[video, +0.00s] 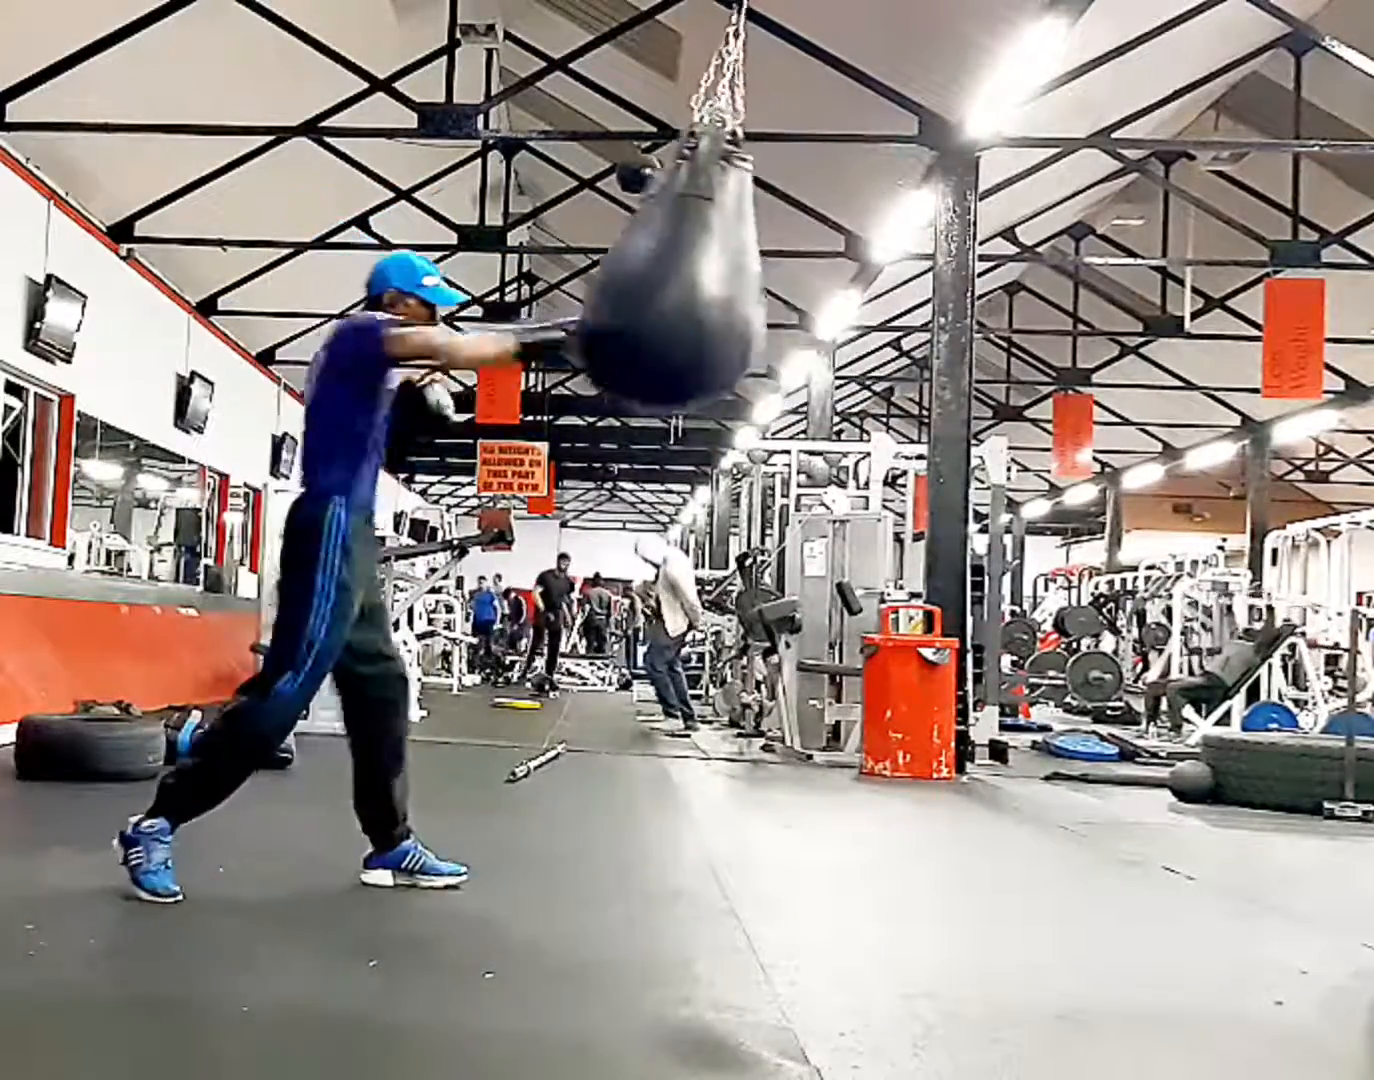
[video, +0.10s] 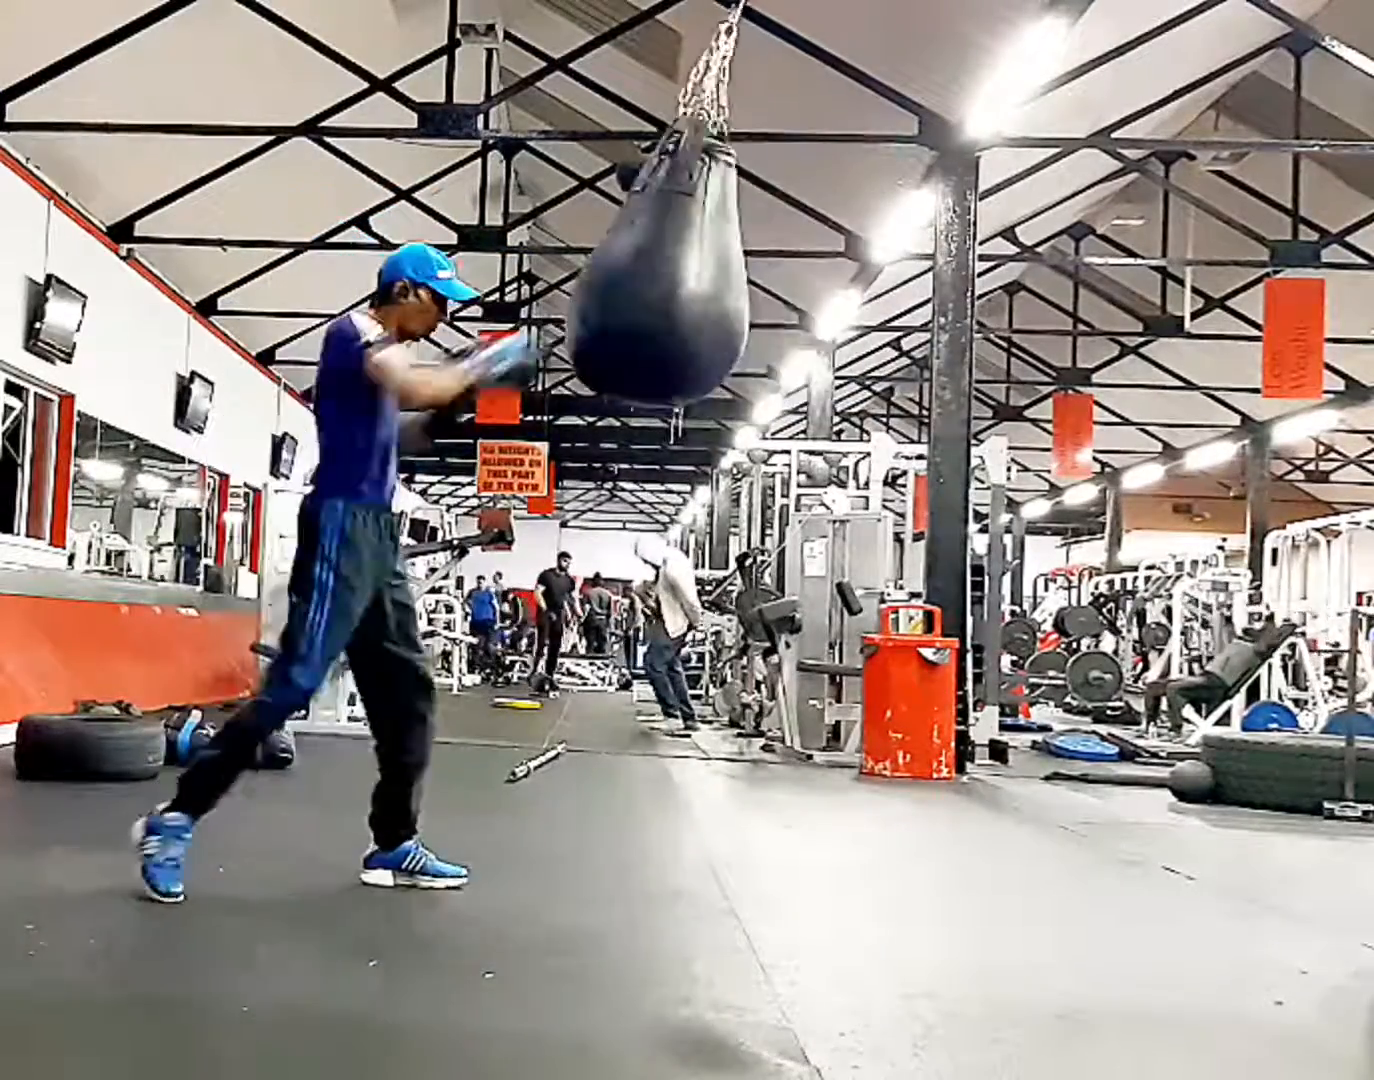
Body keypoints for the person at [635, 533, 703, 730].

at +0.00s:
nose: (647, 563)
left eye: (646, 558)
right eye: (645, 559)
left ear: (652, 553)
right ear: (659, 545)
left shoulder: (672, 568)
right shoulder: (673, 560)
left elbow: (690, 599)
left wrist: (696, 621)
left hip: (671, 626)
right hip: (676, 623)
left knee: (654, 663)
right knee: (673, 667)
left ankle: (672, 710)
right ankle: (688, 714)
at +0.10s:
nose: (646, 564)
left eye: (646, 559)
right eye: (644, 560)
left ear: (652, 554)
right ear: (658, 546)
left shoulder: (672, 568)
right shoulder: (672, 562)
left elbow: (689, 600)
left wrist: (695, 621)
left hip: (671, 627)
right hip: (674, 624)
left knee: (654, 664)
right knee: (673, 667)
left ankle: (672, 711)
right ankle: (688, 715)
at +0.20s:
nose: (647, 564)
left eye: (645, 559)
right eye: (644, 560)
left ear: (651, 554)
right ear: (656, 546)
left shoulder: (670, 566)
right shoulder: (670, 560)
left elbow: (689, 596)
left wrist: (696, 621)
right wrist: (696, 619)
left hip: (671, 624)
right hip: (674, 622)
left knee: (654, 665)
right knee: (675, 668)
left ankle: (671, 713)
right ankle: (688, 715)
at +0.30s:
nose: (643, 560)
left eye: (641, 555)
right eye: (640, 556)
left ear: (648, 550)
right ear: (651, 545)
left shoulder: (668, 562)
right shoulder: (664, 562)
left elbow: (687, 594)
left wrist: (696, 619)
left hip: (671, 624)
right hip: (674, 623)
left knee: (654, 664)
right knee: (675, 669)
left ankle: (672, 712)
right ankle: (689, 716)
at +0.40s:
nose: (641, 559)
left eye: (640, 554)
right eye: (638, 556)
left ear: (646, 548)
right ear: (648, 543)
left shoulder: (667, 562)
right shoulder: (661, 561)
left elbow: (685, 594)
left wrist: (693, 624)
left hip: (669, 624)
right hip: (673, 622)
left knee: (658, 667)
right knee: (676, 667)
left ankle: (673, 716)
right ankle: (688, 716)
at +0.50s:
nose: (641, 561)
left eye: (639, 556)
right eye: (638, 557)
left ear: (645, 550)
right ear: (645, 546)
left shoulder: (667, 561)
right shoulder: (659, 562)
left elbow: (685, 593)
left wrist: (692, 625)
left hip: (671, 624)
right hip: (671, 623)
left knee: (663, 668)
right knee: (677, 667)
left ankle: (674, 716)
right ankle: (689, 715)